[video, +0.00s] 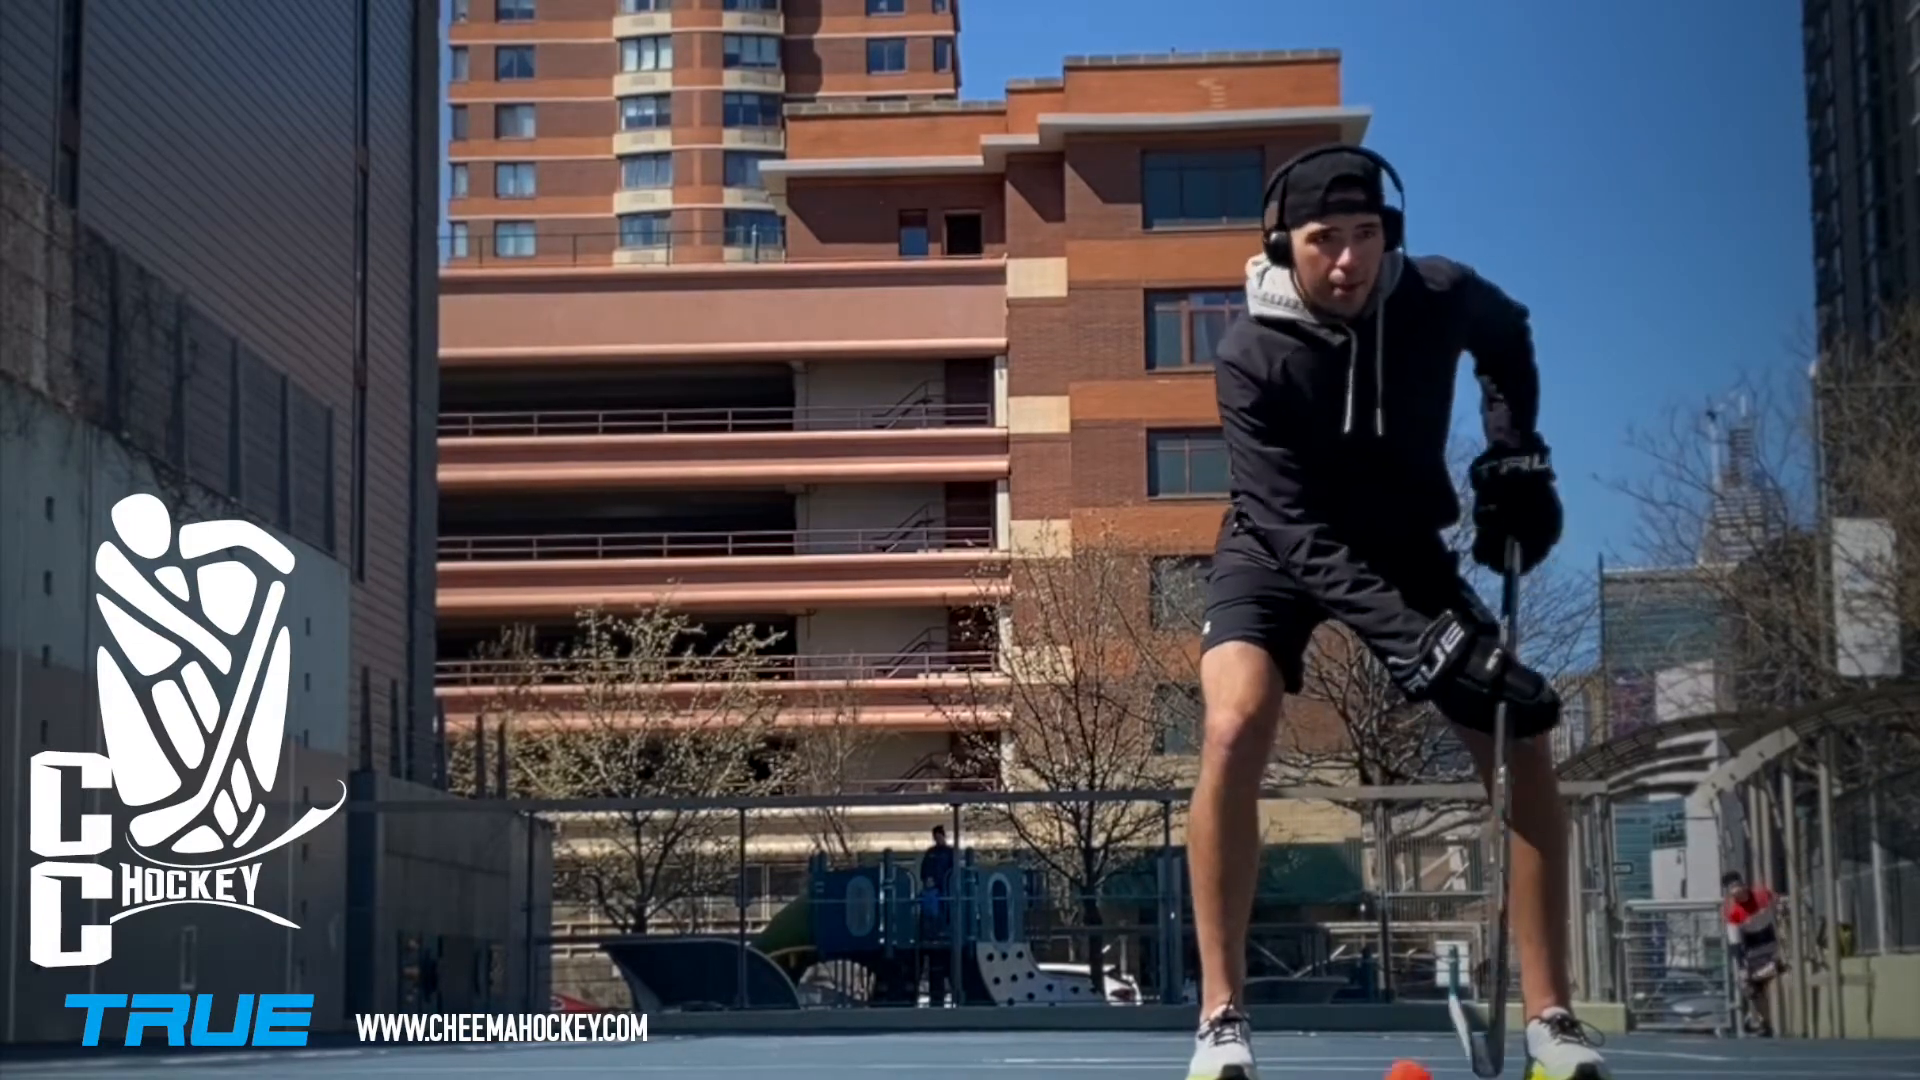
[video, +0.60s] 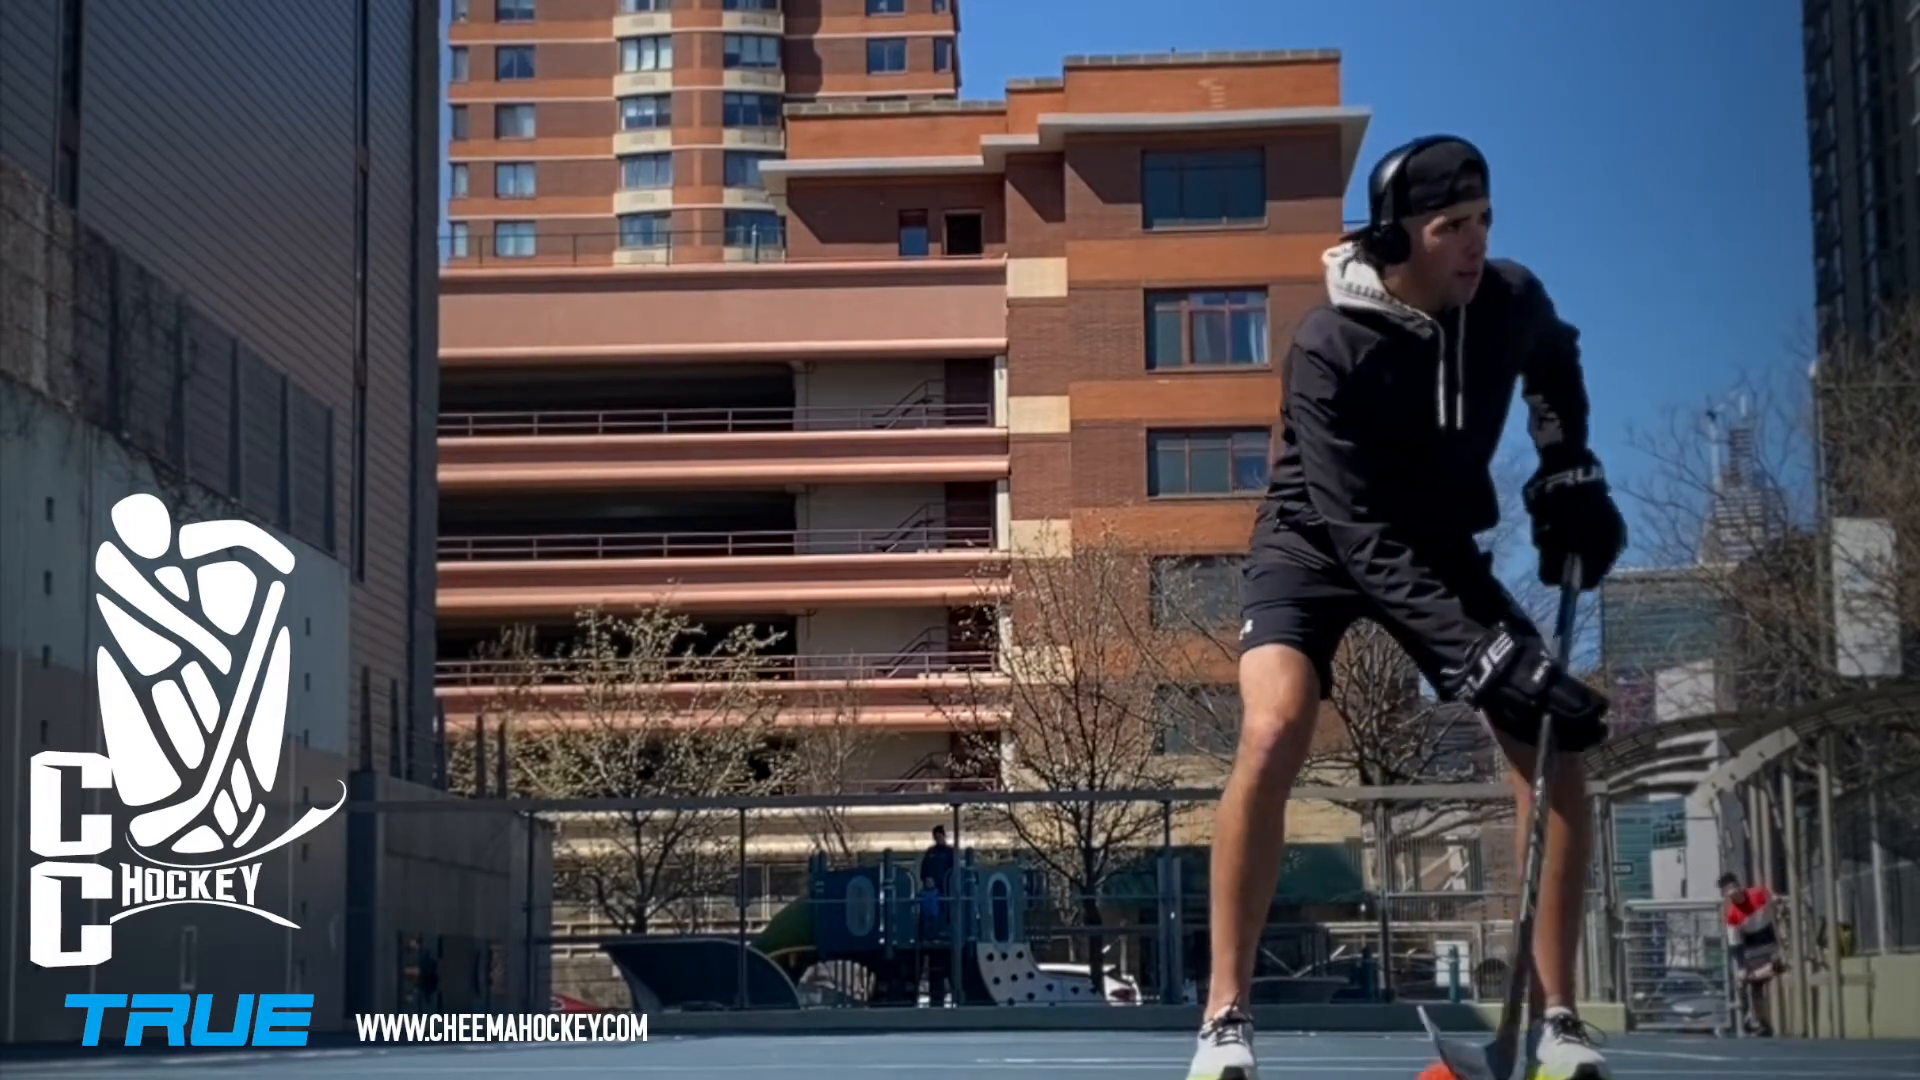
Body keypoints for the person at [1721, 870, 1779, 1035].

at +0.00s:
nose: (1737, 892)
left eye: (1738, 886)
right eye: (1732, 889)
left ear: (1744, 885)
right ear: (1728, 893)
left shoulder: (1763, 897)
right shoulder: (1734, 913)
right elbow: (1735, 942)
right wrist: (1741, 967)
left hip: (1770, 949)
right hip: (1750, 953)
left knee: (1761, 988)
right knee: (1752, 989)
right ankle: (1763, 1025)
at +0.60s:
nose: (1732, 893)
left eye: (1733, 887)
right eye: (1727, 890)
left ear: (1739, 886)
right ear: (1724, 895)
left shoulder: (1759, 895)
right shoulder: (1732, 915)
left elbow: (1775, 922)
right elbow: (1735, 943)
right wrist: (1741, 967)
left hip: (1769, 944)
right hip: (1750, 948)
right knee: (1755, 988)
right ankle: (1762, 1024)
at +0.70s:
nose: (1730, 893)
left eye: (1731, 888)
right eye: (1725, 891)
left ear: (1737, 886)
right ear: (1722, 895)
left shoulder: (1756, 896)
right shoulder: (1729, 914)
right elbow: (1733, 942)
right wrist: (1740, 967)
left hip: (1770, 946)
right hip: (1751, 950)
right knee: (1754, 988)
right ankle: (1762, 1024)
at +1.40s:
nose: (1723, 892)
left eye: (1725, 887)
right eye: (1720, 889)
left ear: (1733, 886)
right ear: (1719, 892)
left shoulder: (1753, 896)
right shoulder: (1726, 914)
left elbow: (1776, 905)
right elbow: (1730, 945)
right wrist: (1733, 970)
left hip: (1769, 943)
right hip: (1750, 948)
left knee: (1772, 966)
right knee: (1753, 988)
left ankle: (1744, 978)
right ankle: (1760, 1023)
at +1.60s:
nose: (1724, 887)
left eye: (1726, 882)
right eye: (1721, 883)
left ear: (1735, 881)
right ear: (1721, 886)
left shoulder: (1754, 894)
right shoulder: (1727, 910)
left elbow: (1777, 903)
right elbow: (1731, 940)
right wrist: (1733, 965)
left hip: (1769, 947)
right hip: (1749, 951)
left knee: (1755, 982)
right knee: (1743, 987)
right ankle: (1751, 1022)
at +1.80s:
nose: (1729, 880)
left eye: (1732, 875)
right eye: (1727, 875)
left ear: (1742, 876)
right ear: (1727, 878)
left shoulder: (1758, 890)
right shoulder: (1731, 903)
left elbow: (1778, 903)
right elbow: (1731, 931)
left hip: (1763, 937)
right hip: (1743, 941)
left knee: (1758, 977)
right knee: (1748, 981)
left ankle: (1759, 1020)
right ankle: (1752, 1021)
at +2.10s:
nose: (1734, 878)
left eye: (1737, 873)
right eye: (1732, 874)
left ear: (1746, 874)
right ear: (1733, 876)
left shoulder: (1758, 890)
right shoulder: (1738, 896)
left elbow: (1769, 910)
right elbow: (1735, 917)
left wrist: (1748, 923)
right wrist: (1734, 924)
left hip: (1764, 938)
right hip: (1750, 939)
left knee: (1756, 974)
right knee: (1748, 978)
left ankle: (1762, 1020)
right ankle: (1753, 1019)